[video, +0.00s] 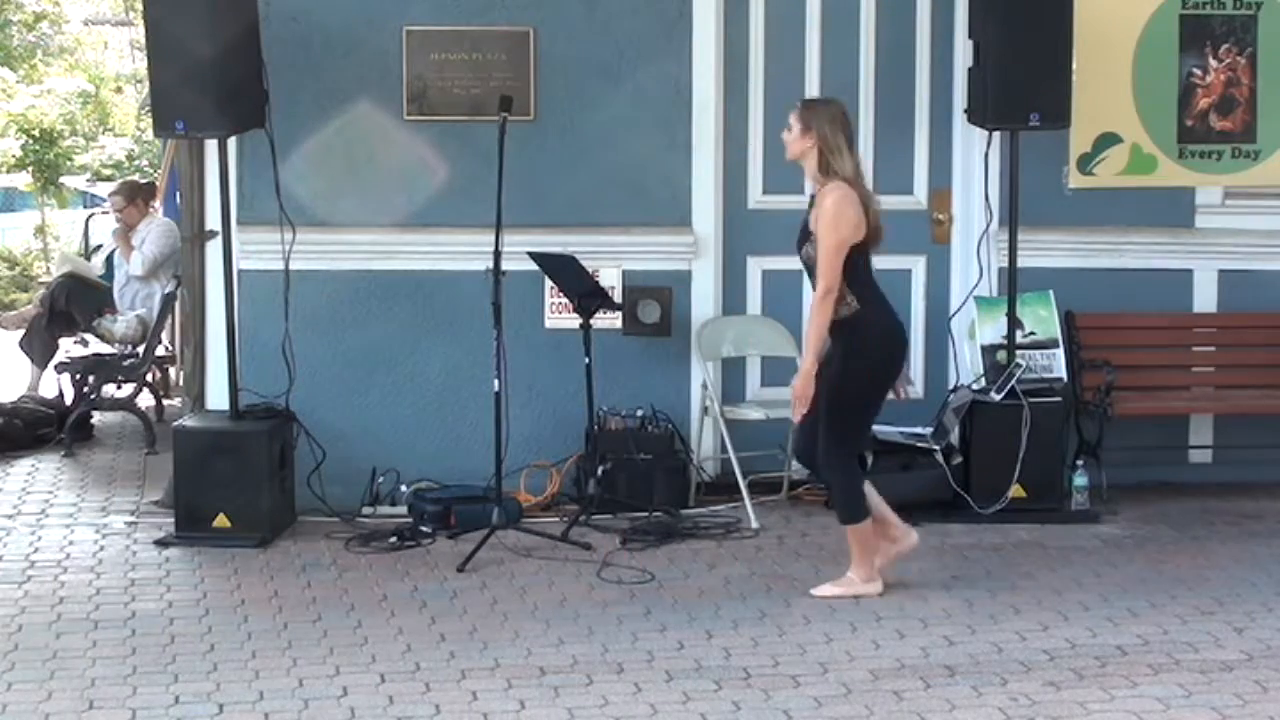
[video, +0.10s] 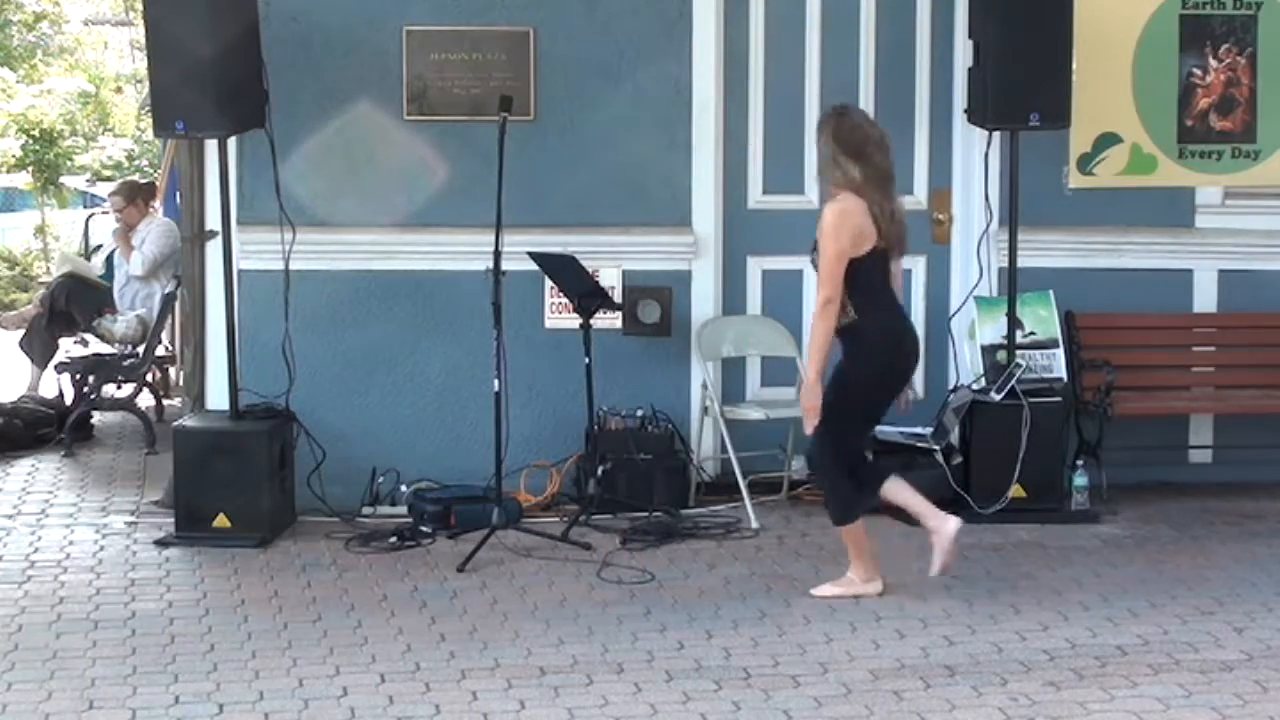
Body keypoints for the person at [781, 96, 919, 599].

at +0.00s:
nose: (785, 138)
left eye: (792, 130)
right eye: (787, 130)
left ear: (814, 137)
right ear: (818, 138)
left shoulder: (837, 199)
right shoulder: (825, 195)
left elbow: (827, 292)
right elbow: (845, 287)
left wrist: (807, 368)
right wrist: (889, 358)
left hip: (868, 338)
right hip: (853, 335)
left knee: (834, 448)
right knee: (807, 443)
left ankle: (863, 572)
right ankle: (892, 530)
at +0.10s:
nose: (820, 153)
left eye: (823, 147)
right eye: (823, 146)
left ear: (832, 152)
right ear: (872, 152)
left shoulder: (839, 211)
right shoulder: (880, 207)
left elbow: (830, 303)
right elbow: (891, 292)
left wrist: (811, 378)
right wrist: (902, 368)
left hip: (869, 348)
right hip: (895, 341)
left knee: (827, 453)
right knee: (847, 451)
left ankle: (863, 571)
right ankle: (938, 521)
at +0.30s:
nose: (855, 147)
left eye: (858, 139)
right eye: (859, 138)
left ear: (865, 143)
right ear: (913, 142)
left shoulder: (863, 201)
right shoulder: (934, 196)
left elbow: (867, 289)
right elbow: (933, 270)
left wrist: (870, 363)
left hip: (897, 334)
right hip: (946, 332)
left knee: (860, 454)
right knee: (962, 452)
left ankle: (871, 572)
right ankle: (993, 584)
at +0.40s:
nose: (873, 142)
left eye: (877, 133)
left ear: (882, 139)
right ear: (931, 141)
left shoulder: (877, 194)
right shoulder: (948, 196)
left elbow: (882, 281)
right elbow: (963, 272)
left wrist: (881, 362)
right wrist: (944, 318)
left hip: (913, 334)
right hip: (962, 329)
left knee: (886, 447)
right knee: (982, 452)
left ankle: (918, 574)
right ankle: (1001, 590)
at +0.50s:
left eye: (890, 131)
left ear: (893, 135)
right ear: (944, 135)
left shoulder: (884, 193)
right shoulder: (965, 194)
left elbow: (879, 281)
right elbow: (993, 275)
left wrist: (868, 360)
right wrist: (1018, 346)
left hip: (914, 339)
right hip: (970, 334)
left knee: (919, 461)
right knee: (971, 458)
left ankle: (932, 599)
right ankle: (995, 585)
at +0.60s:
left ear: (901, 137)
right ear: (954, 136)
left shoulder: (888, 197)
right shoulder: (980, 193)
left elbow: (878, 281)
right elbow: (1015, 267)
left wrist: (860, 354)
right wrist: (1051, 341)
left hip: (920, 342)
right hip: (978, 337)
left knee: (925, 465)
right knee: (969, 460)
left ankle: (935, 601)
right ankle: (985, 568)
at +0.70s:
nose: (971, 138)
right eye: (969, 129)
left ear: (911, 137)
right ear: (965, 137)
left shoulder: (896, 198)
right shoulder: (991, 191)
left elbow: (881, 280)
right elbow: (1020, 265)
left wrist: (861, 353)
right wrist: (1053, 337)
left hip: (920, 341)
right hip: (980, 338)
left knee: (924, 462)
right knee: (981, 452)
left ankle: (934, 601)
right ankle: (981, 571)